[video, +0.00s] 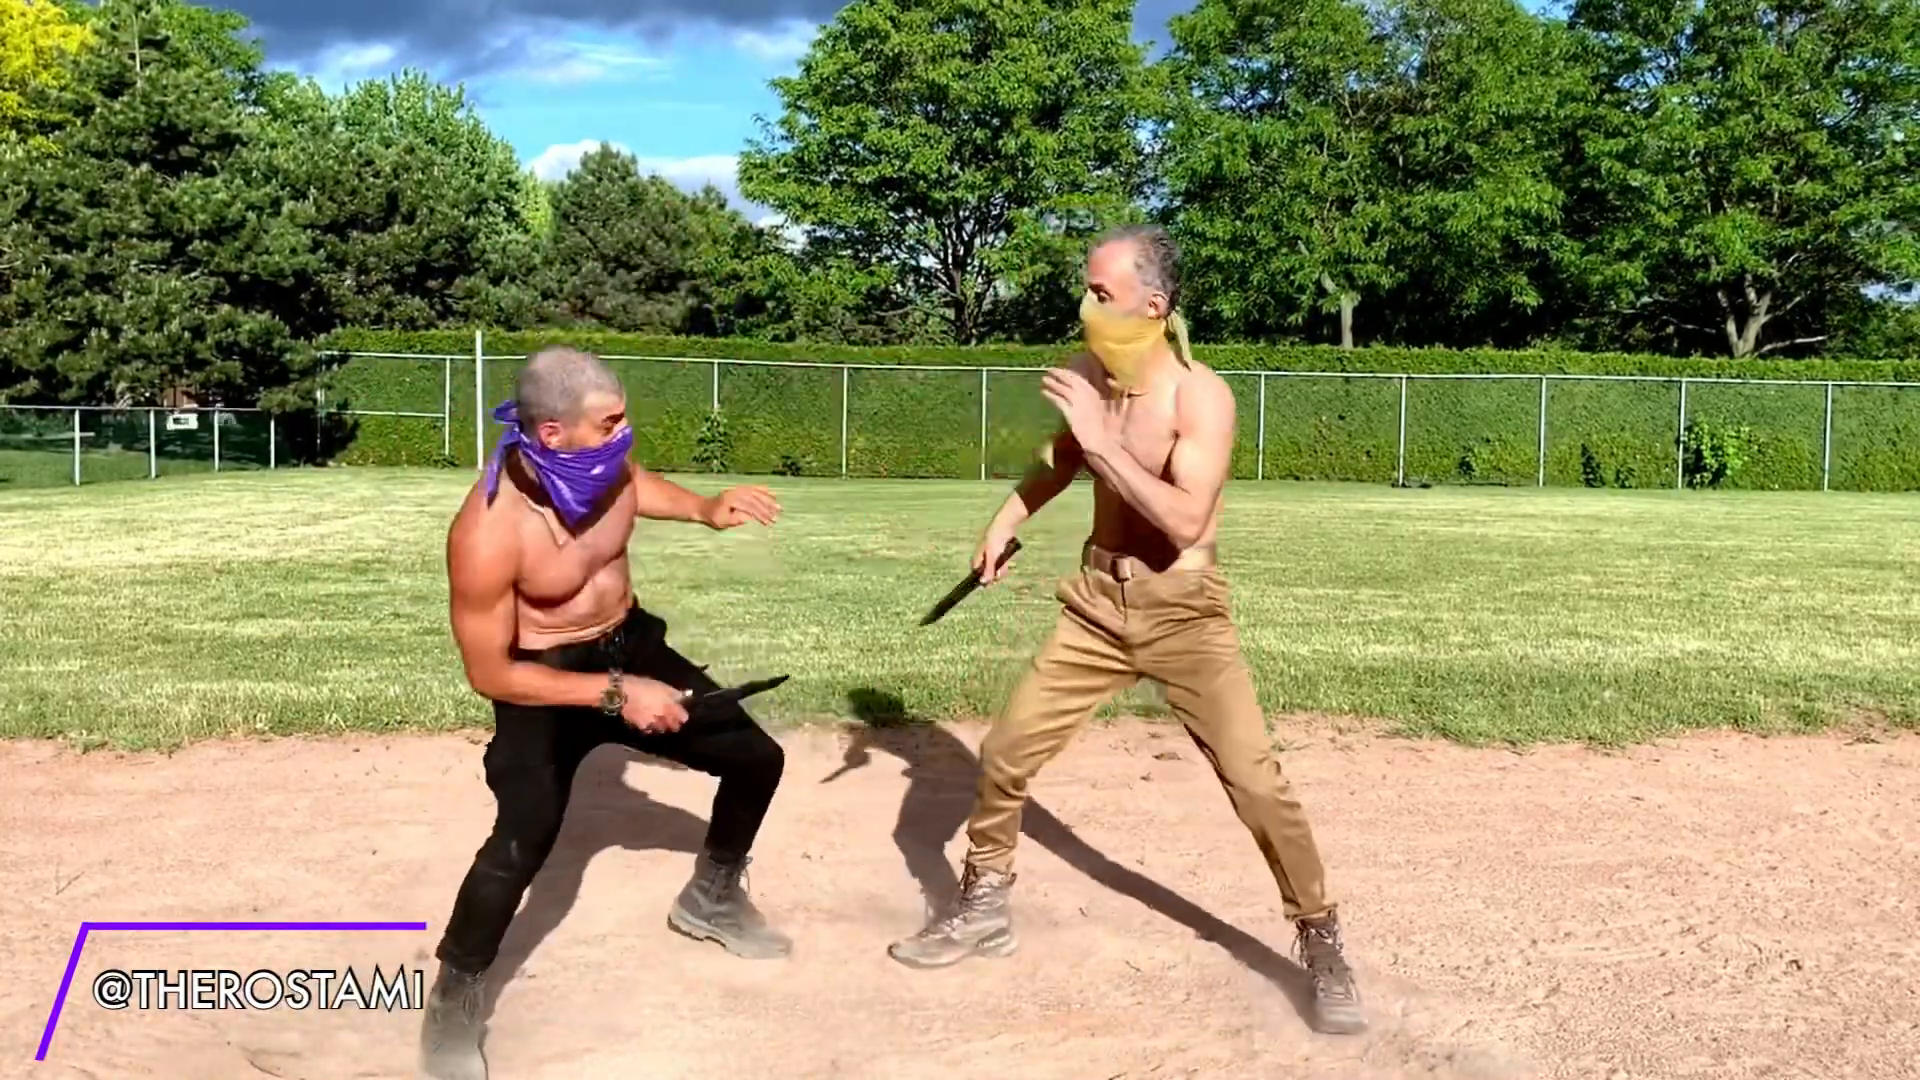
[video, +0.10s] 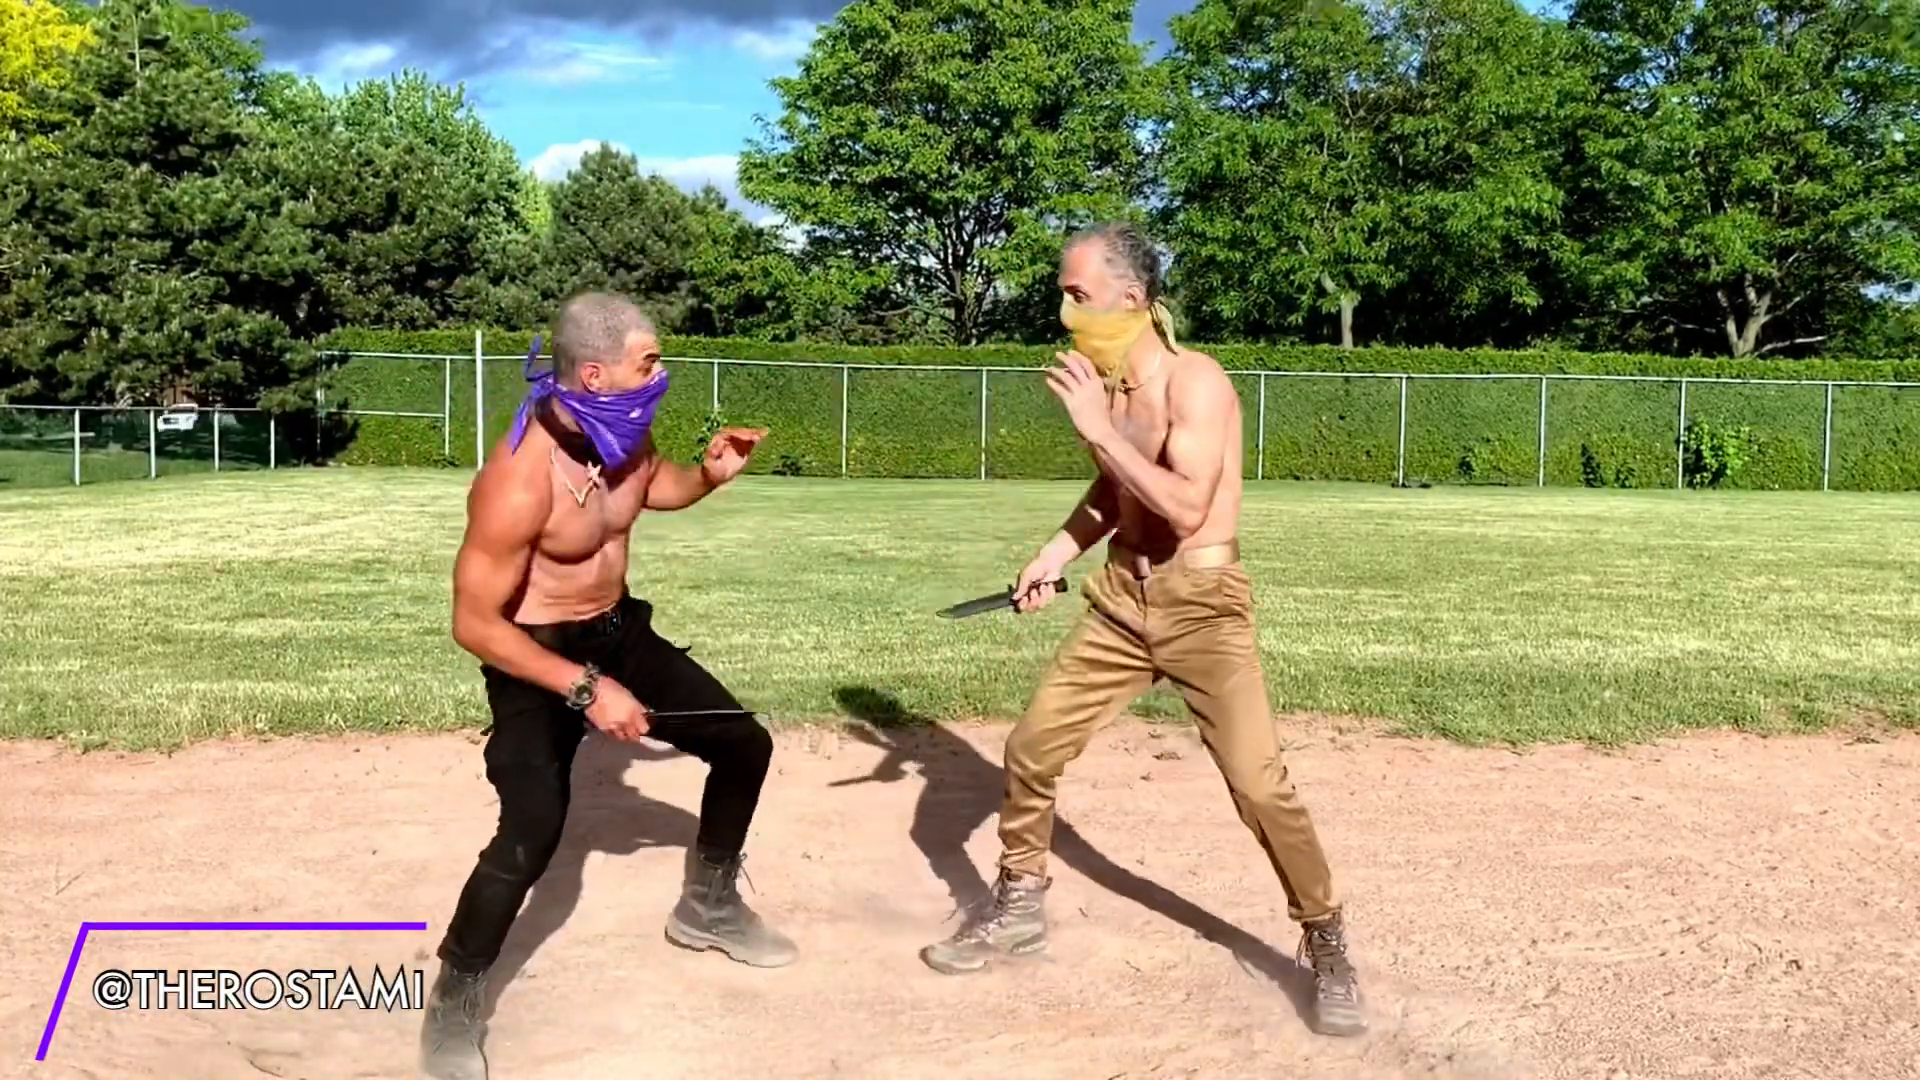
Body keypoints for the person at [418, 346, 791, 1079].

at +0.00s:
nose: (621, 438)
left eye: (622, 425)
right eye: (608, 429)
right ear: (549, 435)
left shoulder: (600, 465)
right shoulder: (488, 530)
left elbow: (628, 485)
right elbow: (489, 673)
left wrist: (704, 507)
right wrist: (616, 691)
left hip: (627, 650)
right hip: (543, 681)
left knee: (756, 761)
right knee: (523, 839)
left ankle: (713, 894)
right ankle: (455, 998)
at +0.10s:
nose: (658, 379)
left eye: (658, 363)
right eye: (645, 364)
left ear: (605, 374)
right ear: (591, 375)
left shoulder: (624, 435)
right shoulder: (518, 476)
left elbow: (657, 490)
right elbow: (473, 624)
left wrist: (706, 476)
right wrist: (586, 687)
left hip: (618, 635)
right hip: (536, 659)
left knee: (744, 745)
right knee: (530, 834)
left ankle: (710, 902)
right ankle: (456, 1001)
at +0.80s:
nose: (713, 325)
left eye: (716, 310)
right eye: (703, 308)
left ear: (668, 309)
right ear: (653, 307)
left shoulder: (688, 387)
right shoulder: (574, 391)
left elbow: (752, 445)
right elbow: (571, 534)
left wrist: (822, 378)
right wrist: (684, 489)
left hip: (654, 614)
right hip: (579, 618)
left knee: (744, 756)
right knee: (592, 813)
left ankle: (731, 915)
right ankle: (495, 992)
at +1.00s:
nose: (621, 320)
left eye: (622, 308)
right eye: (612, 304)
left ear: (564, 302)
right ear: (565, 297)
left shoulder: (578, 384)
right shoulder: (540, 351)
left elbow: (686, 406)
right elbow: (679, 366)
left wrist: (658, 303)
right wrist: (771, 296)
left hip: (647, 608)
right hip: (582, 617)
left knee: (721, 762)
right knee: (595, 834)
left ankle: (728, 915)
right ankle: (491, 1001)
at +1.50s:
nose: (630, 341)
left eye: (633, 327)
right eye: (619, 324)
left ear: (600, 328)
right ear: (566, 323)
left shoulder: (603, 403)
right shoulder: (486, 417)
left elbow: (617, 496)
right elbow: (445, 552)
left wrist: (674, 456)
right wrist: (565, 569)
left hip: (572, 631)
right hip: (484, 636)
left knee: (689, 746)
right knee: (429, 817)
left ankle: (673, 912)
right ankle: (332, 980)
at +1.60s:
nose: (645, 347)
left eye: (649, 332)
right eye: (635, 330)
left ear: (610, 333)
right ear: (582, 331)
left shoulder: (615, 407)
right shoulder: (508, 418)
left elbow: (631, 500)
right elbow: (460, 550)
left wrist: (696, 467)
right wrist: (574, 569)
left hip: (579, 634)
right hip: (498, 636)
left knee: (697, 747)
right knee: (444, 824)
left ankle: (677, 915)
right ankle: (335, 978)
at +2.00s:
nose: (597, 308)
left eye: (596, 294)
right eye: (586, 294)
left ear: (521, 305)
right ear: (537, 301)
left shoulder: (477, 382)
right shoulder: (589, 408)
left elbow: (544, 457)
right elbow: (657, 508)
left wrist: (619, 409)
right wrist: (607, 436)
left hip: (579, 602)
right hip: (593, 616)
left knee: (698, 735)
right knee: (586, 824)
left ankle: (683, 907)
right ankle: (429, 953)